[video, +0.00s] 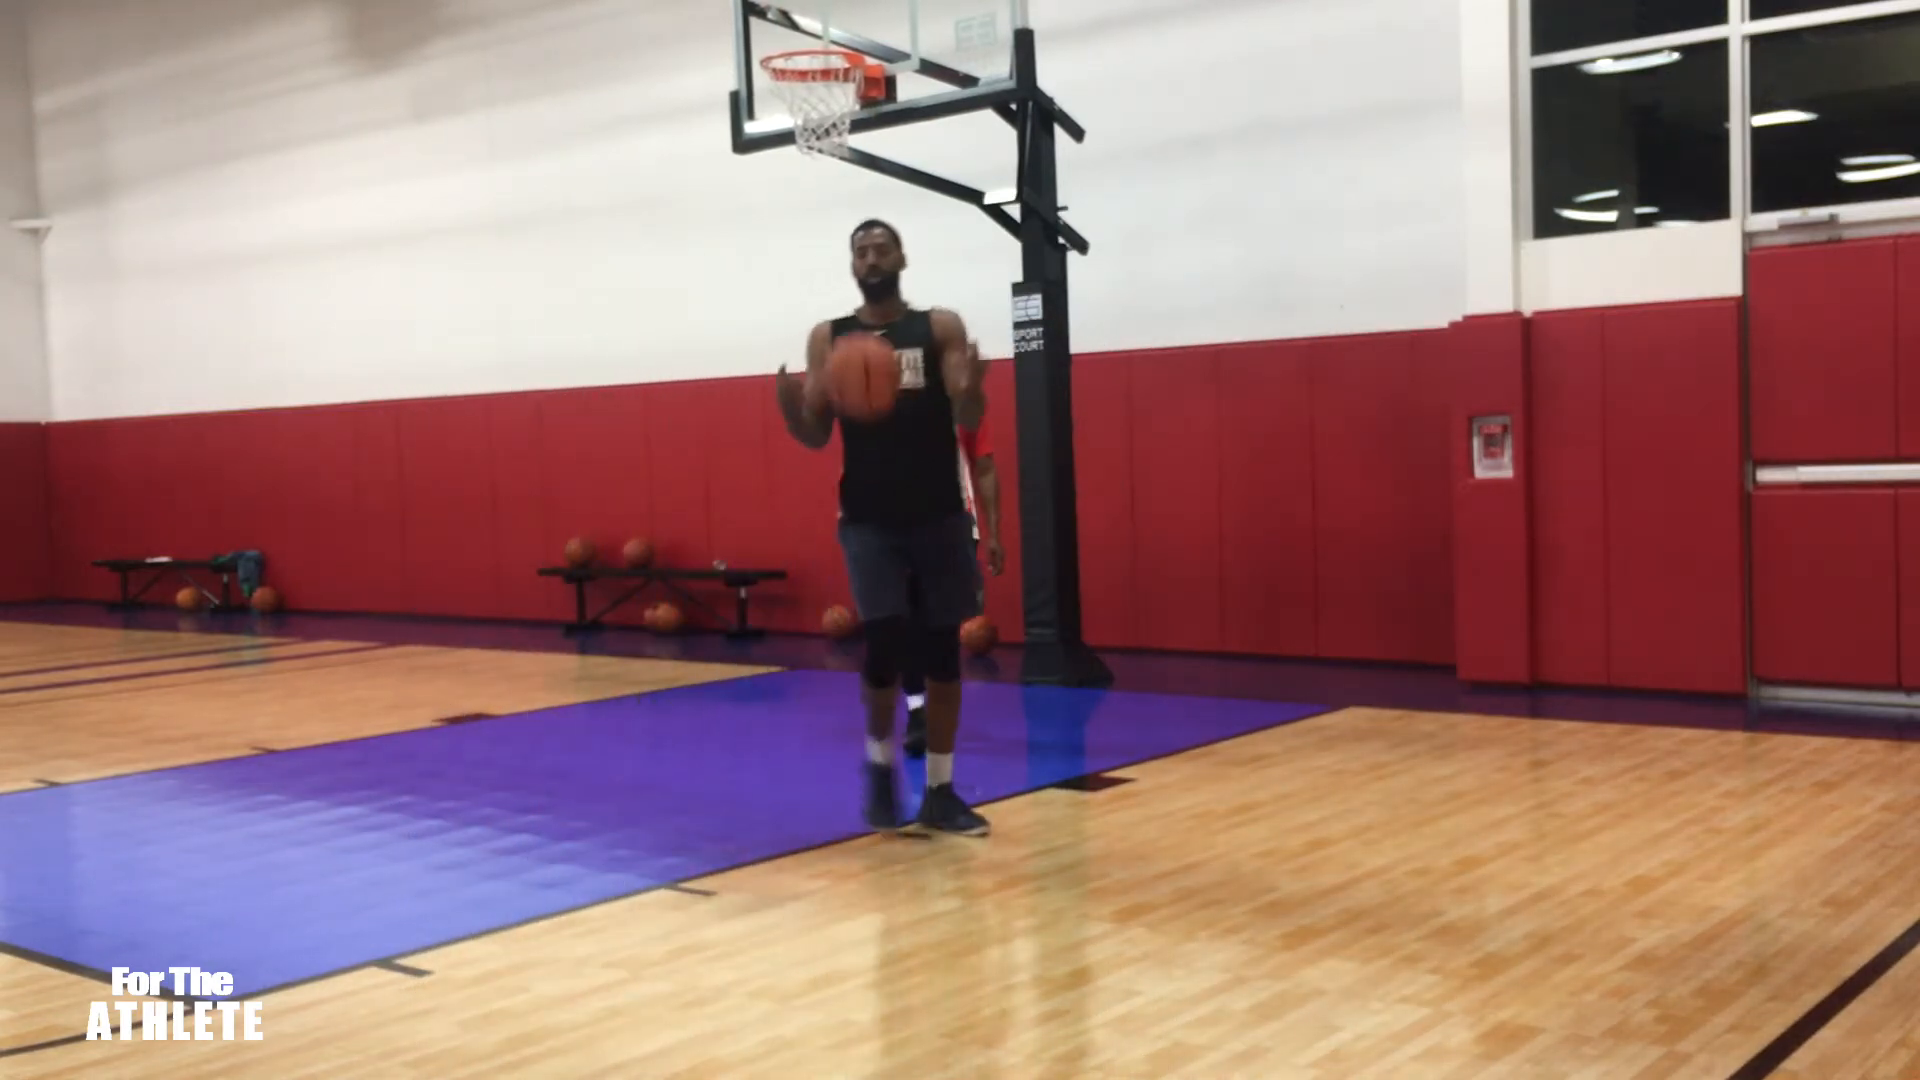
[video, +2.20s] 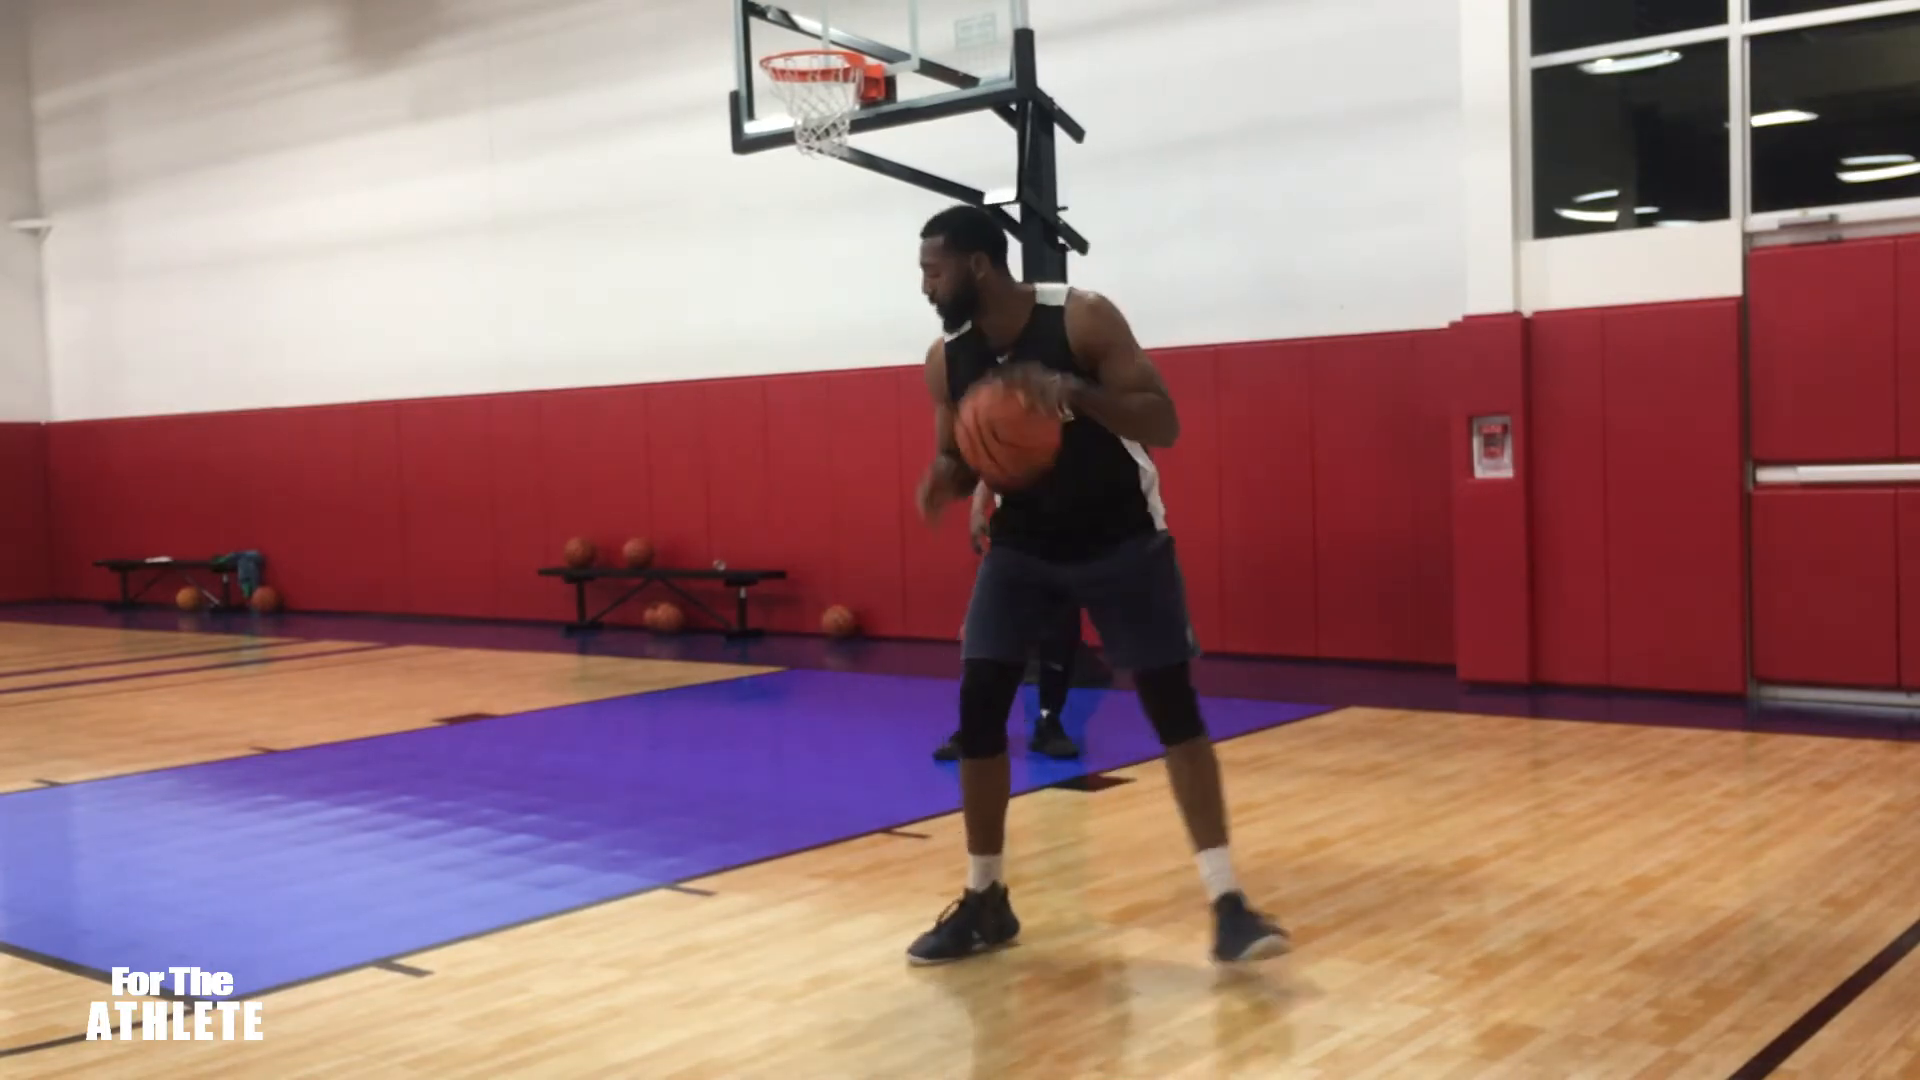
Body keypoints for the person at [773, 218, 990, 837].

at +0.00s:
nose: (872, 257)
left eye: (882, 247)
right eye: (863, 250)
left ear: (903, 258)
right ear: (851, 265)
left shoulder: (941, 327)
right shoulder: (831, 339)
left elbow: (968, 425)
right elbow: (815, 434)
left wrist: (967, 389)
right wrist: (795, 407)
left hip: (939, 515)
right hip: (869, 519)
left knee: (942, 650)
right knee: (885, 643)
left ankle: (939, 789)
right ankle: (880, 770)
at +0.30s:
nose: (911, 248)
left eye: (923, 240)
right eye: (902, 244)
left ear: (948, 259)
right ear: (893, 267)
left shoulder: (989, 329)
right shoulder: (874, 349)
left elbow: (1048, 402)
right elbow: (850, 440)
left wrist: (1032, 441)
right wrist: (829, 460)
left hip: (988, 521)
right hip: (918, 530)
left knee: (984, 665)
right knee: (956, 662)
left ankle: (953, 769)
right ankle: (993, 823)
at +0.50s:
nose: (927, 239)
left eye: (939, 229)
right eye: (917, 233)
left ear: (966, 245)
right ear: (908, 254)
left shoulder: (1014, 322)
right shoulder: (892, 341)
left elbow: (1051, 423)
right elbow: (894, 436)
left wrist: (1080, 521)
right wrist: (885, 499)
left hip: (1015, 527)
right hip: (936, 538)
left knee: (1037, 667)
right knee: (959, 681)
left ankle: (1027, 781)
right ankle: (993, 824)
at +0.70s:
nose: (945, 246)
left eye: (956, 233)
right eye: (935, 237)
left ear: (987, 238)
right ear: (927, 249)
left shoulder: (1046, 322)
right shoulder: (912, 337)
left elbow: (1084, 423)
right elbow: (905, 436)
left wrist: (1116, 512)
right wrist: (902, 509)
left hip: (1035, 534)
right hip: (954, 540)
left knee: (1060, 679)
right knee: (974, 691)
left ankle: (1103, 857)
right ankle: (998, 829)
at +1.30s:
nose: (968, 227)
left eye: (978, 210)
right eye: (969, 214)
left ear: (1022, 214)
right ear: (1009, 223)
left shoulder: (1104, 295)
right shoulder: (976, 334)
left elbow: (1182, 393)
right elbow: (957, 455)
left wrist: (1119, 384)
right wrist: (890, 520)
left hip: (1090, 548)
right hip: (1003, 555)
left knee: (1098, 718)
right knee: (944, 711)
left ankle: (1188, 936)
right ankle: (957, 903)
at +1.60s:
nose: (1032, 245)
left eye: (1045, 230)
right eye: (1031, 236)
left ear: (1091, 239)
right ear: (1048, 254)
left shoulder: (1142, 308)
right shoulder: (1040, 352)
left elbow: (1179, 400)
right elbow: (1010, 473)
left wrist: (1098, 282)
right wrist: (921, 407)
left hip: (1076, 562)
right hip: (998, 562)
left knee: (1075, 742)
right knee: (927, 724)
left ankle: (1192, 948)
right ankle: (957, 905)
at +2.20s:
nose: (924, 283)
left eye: (933, 266)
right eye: (921, 268)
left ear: (980, 263)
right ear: (964, 268)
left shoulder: (1082, 320)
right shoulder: (949, 360)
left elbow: (1162, 423)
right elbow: (949, 479)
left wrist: (1075, 394)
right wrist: (953, 472)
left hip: (1122, 545)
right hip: (1021, 553)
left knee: (1171, 704)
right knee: (979, 708)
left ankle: (1229, 904)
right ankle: (985, 899)